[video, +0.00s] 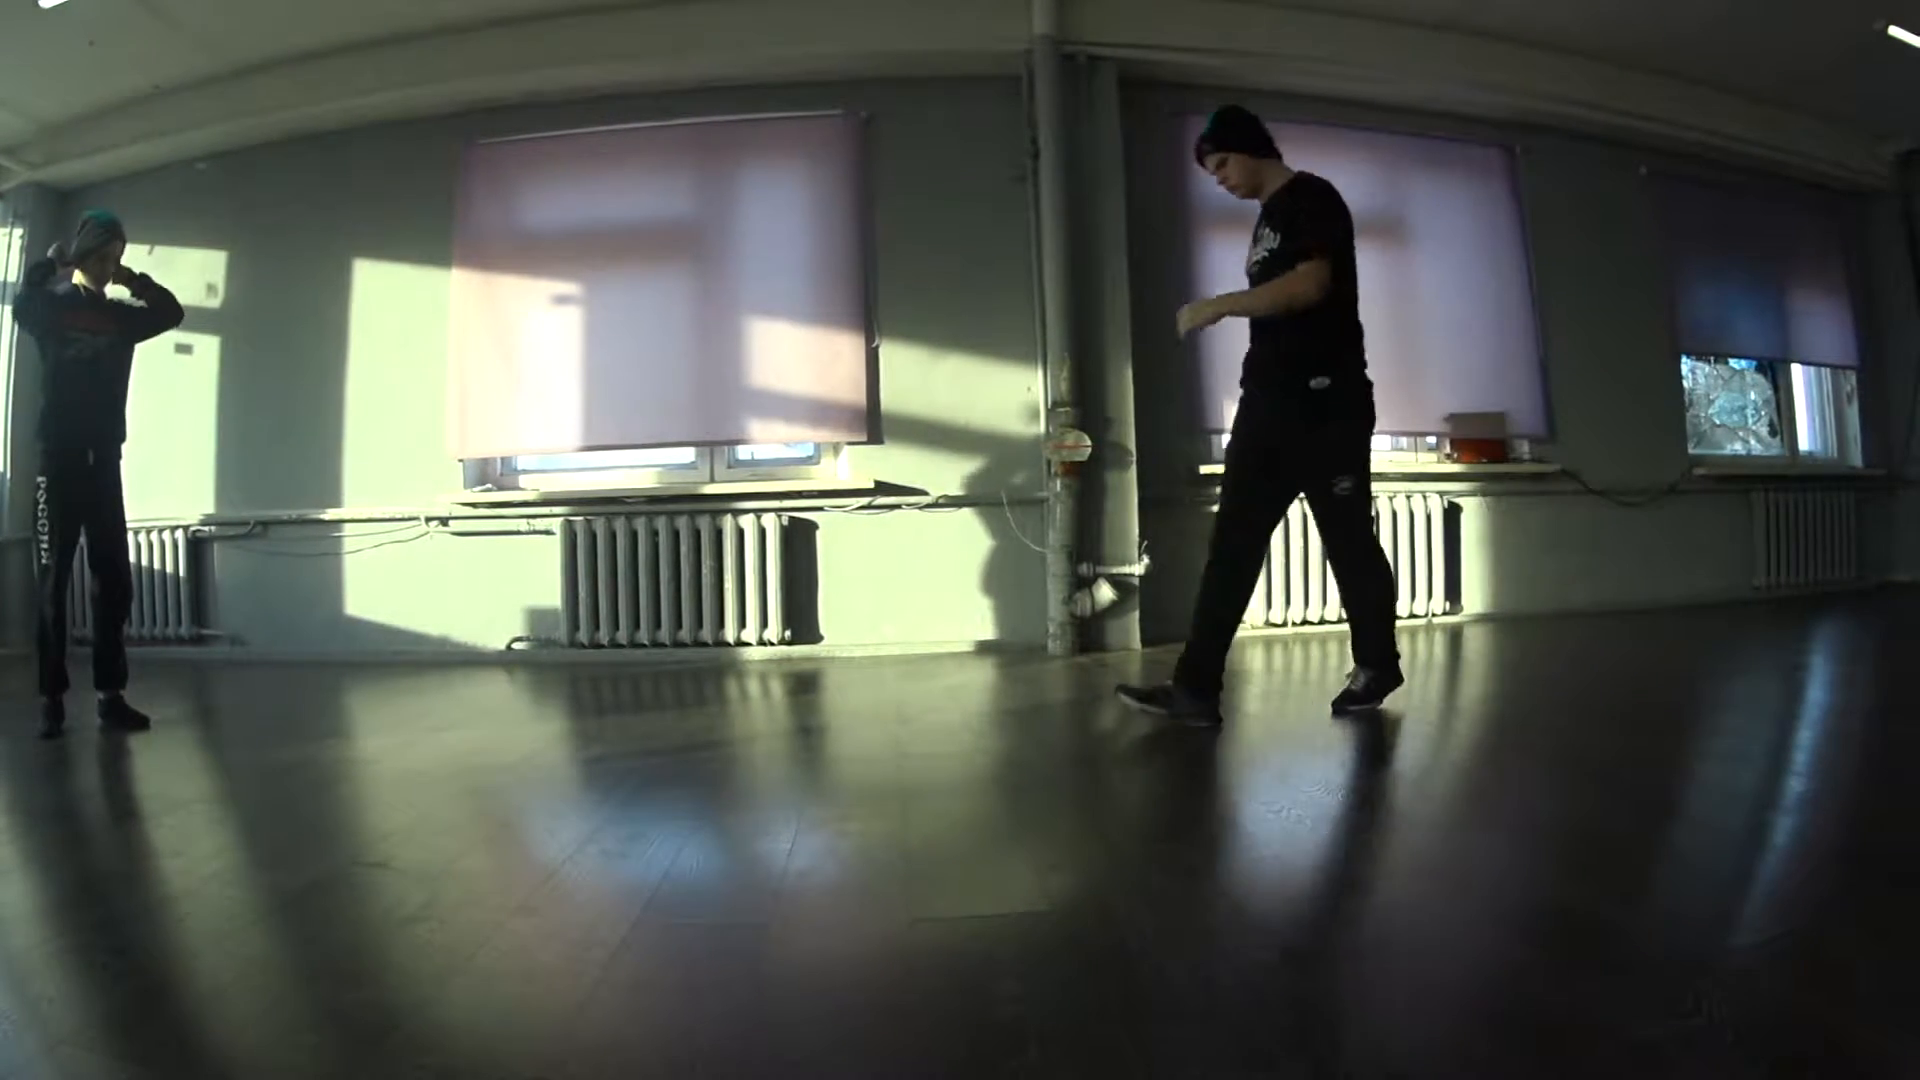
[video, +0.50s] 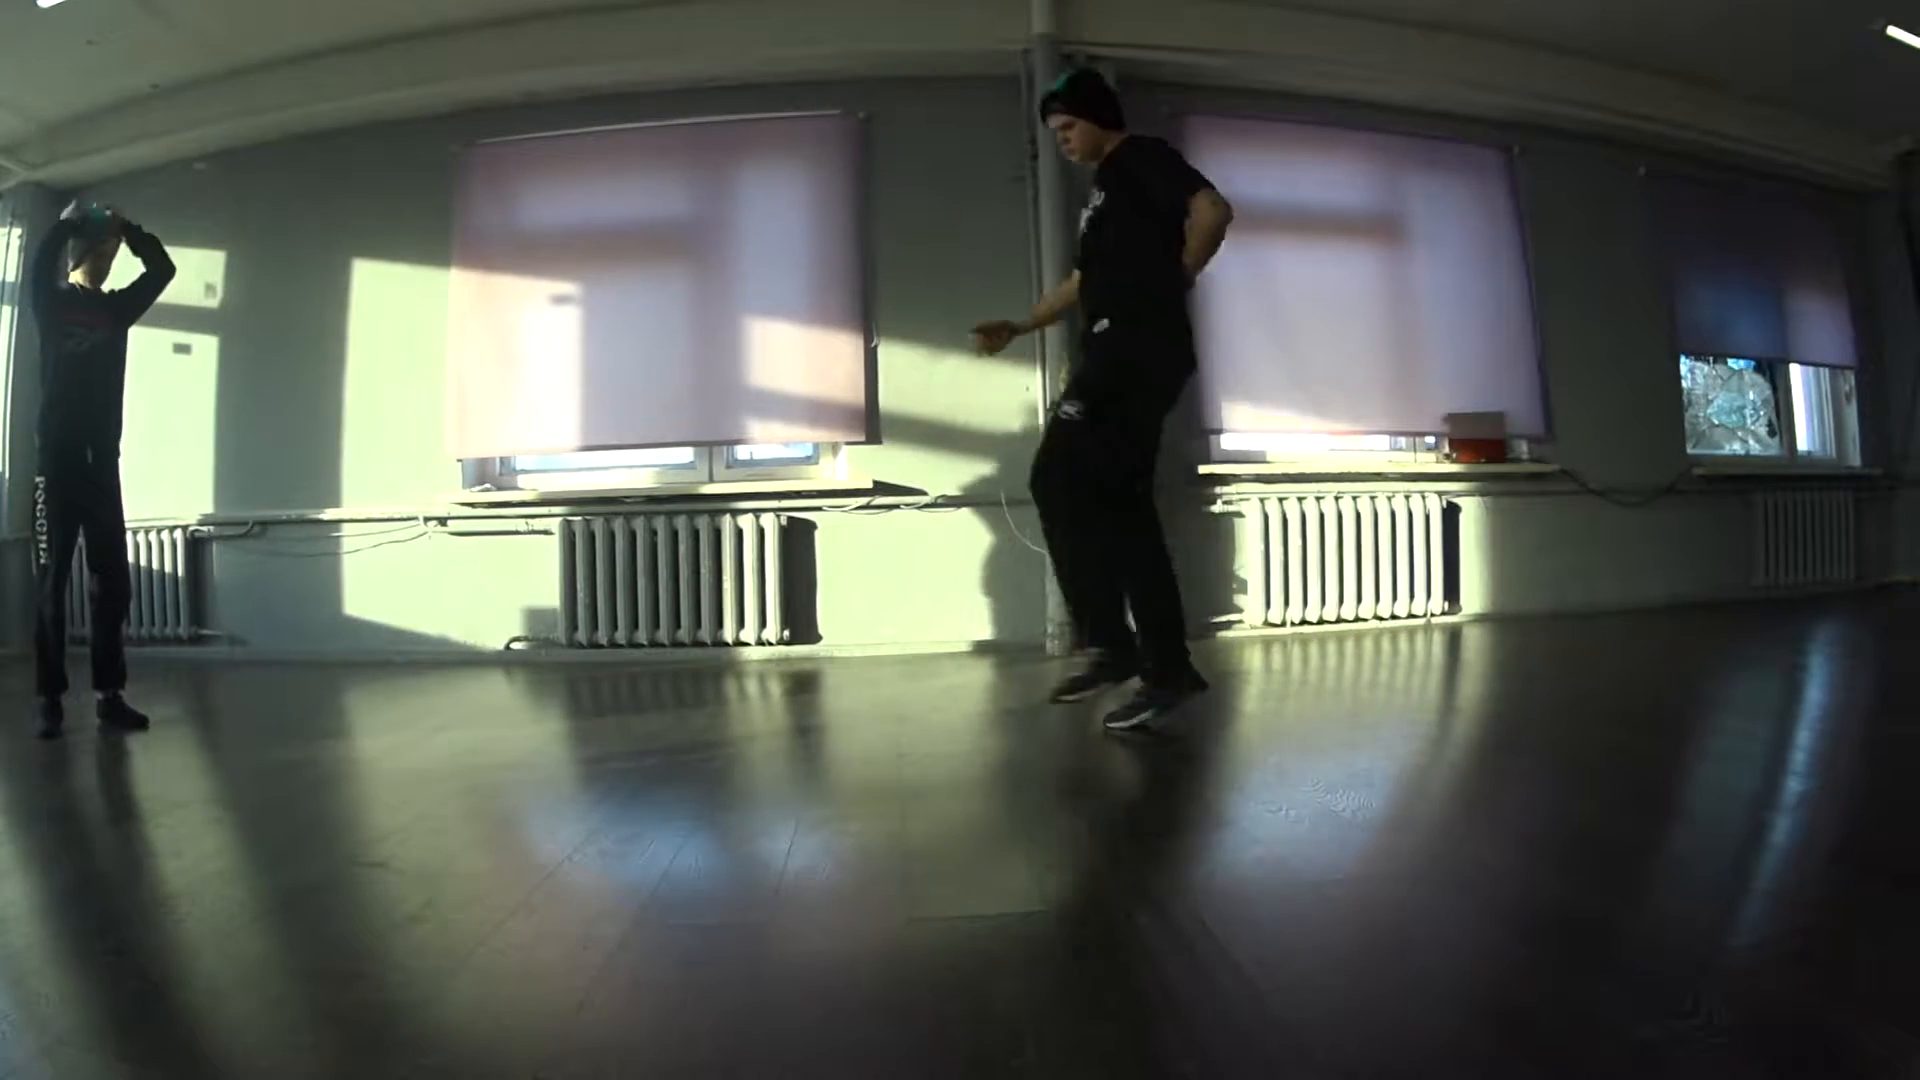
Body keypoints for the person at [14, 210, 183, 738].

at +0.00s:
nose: (110, 265)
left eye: (115, 256)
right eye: (104, 255)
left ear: (116, 256)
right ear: (83, 254)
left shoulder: (124, 317)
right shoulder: (52, 307)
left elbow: (171, 313)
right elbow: (21, 306)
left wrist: (133, 280)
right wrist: (48, 264)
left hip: (104, 457)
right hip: (57, 456)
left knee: (114, 577)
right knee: (53, 576)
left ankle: (112, 697)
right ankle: (52, 700)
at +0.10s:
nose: (109, 266)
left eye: (114, 257)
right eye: (104, 256)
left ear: (113, 257)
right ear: (84, 254)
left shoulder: (122, 316)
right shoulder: (49, 307)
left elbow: (170, 305)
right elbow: (24, 301)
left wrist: (129, 276)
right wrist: (56, 261)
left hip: (103, 456)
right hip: (57, 455)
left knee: (114, 577)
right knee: (53, 575)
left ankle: (111, 696)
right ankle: (51, 700)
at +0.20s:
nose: (111, 265)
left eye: (115, 256)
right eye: (106, 255)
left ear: (110, 256)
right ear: (86, 254)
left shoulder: (122, 316)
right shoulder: (49, 309)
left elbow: (170, 302)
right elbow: (27, 296)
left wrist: (129, 271)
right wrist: (59, 257)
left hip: (104, 456)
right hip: (58, 455)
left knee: (114, 579)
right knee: (53, 578)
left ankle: (112, 697)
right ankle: (52, 701)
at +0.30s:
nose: (113, 262)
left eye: (115, 254)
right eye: (108, 252)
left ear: (111, 257)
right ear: (87, 254)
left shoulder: (121, 313)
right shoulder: (49, 305)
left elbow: (169, 293)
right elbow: (27, 292)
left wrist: (132, 259)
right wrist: (57, 251)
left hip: (103, 455)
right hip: (58, 453)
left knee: (114, 578)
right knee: (54, 575)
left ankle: (111, 697)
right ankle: (51, 701)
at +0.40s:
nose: (111, 265)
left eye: (115, 257)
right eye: (106, 255)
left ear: (110, 260)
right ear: (87, 254)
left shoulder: (119, 310)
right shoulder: (49, 303)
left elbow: (166, 281)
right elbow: (30, 283)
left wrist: (132, 241)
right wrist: (58, 236)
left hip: (103, 455)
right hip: (57, 453)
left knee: (114, 579)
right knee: (53, 575)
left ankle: (111, 696)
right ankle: (50, 701)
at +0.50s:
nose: (108, 261)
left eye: (112, 253)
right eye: (101, 251)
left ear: (111, 256)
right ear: (78, 252)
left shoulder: (117, 307)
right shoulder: (50, 301)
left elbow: (162, 271)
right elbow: (40, 264)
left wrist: (129, 229)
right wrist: (67, 223)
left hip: (103, 454)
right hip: (57, 451)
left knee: (113, 579)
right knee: (54, 575)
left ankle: (111, 697)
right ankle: (50, 702)